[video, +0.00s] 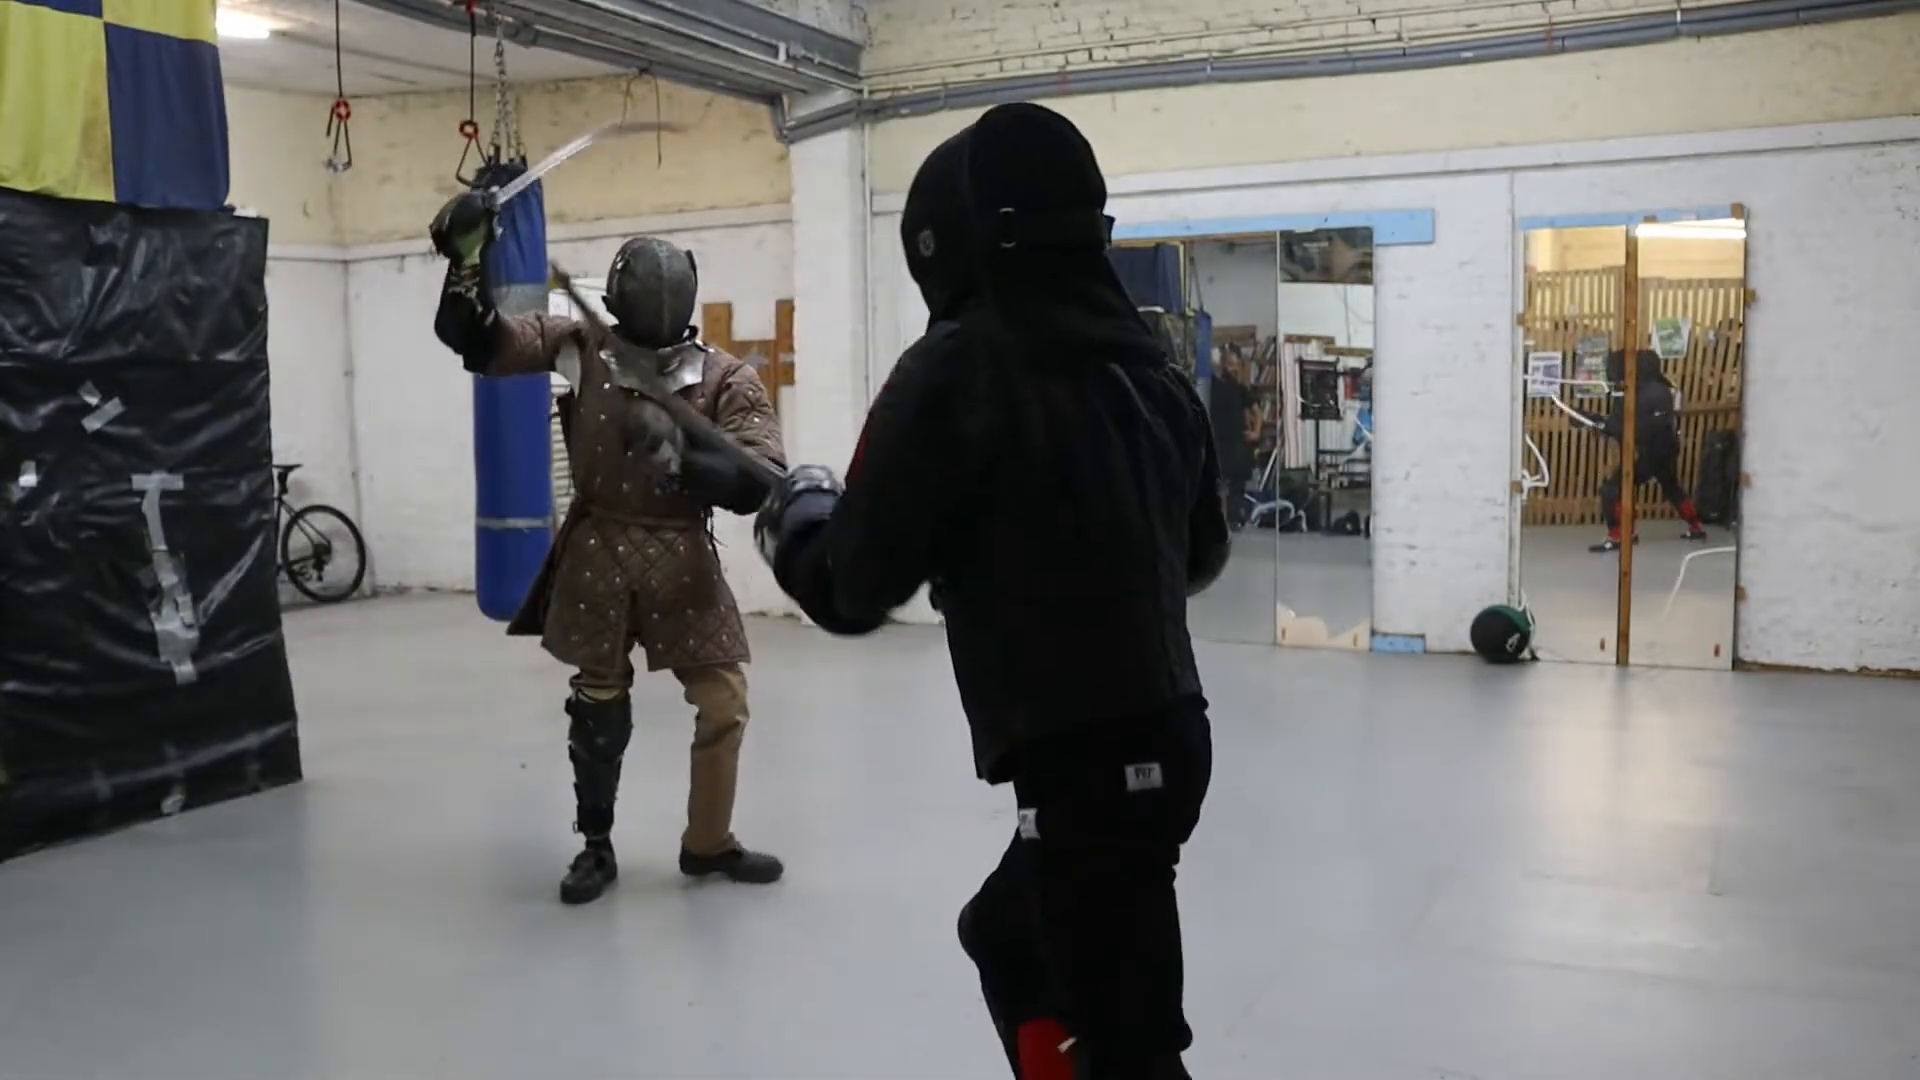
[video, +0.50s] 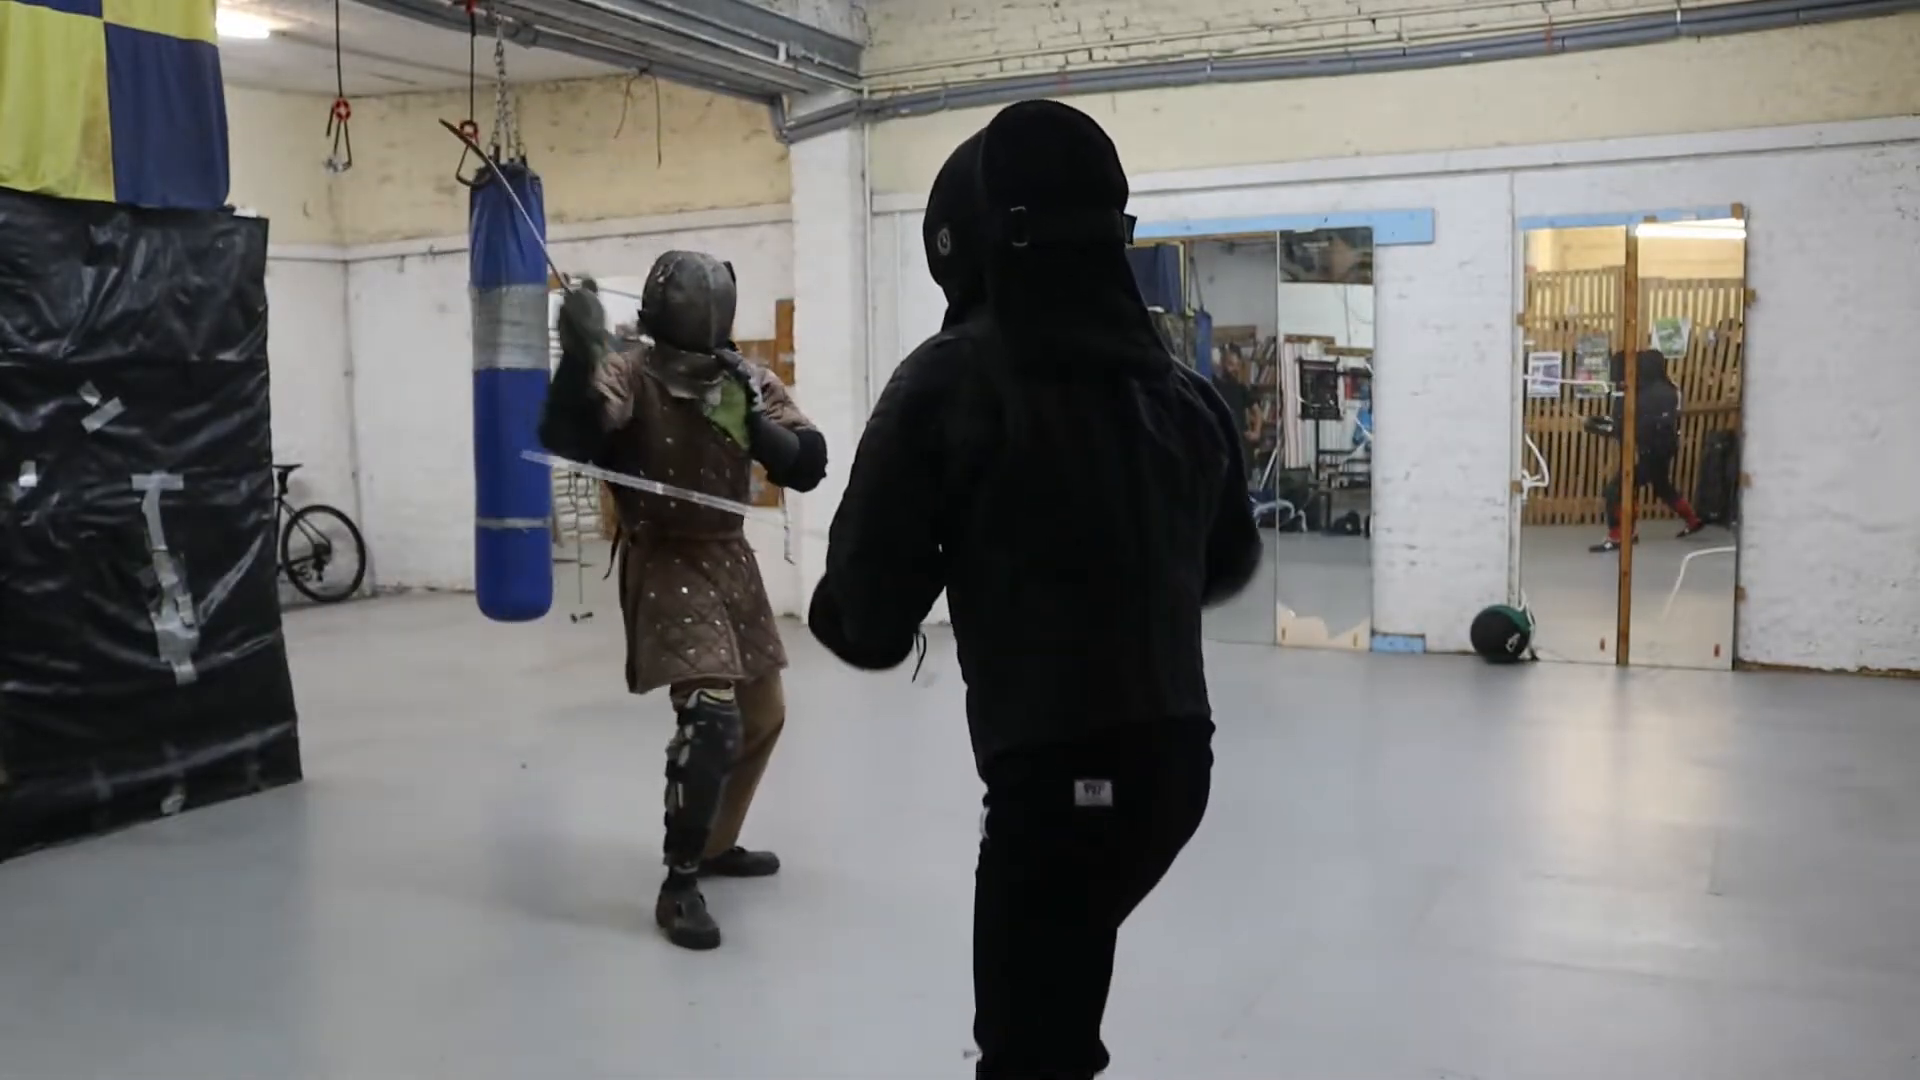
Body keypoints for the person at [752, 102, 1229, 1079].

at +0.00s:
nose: (922, 268)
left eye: (928, 242)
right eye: (921, 242)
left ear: (962, 239)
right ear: (1080, 229)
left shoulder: (951, 371)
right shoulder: (1147, 361)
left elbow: (849, 589)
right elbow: (1198, 550)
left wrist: (794, 503)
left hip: (1072, 756)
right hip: (1168, 738)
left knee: (1129, 1038)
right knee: (1000, 929)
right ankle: (1055, 1068)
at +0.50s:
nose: (934, 262)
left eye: (942, 236)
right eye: (936, 236)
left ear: (977, 240)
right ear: (1103, 233)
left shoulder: (945, 383)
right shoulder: (1177, 386)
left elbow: (868, 624)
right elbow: (1229, 560)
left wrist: (836, 589)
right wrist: (1112, 557)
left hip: (1049, 768)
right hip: (1175, 757)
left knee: (1031, 1046)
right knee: (1042, 1013)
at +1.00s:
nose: (919, 256)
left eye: (924, 227)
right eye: (917, 229)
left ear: (957, 224)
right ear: (1107, 213)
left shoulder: (941, 386)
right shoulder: (1193, 390)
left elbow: (829, 624)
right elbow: (1226, 585)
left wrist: (795, 533)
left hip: (1057, 824)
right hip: (1189, 803)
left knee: (1005, 1061)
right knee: (1059, 1048)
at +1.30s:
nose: (900, 281)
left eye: (908, 251)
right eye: (896, 254)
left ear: (954, 246)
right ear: (1084, 240)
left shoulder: (928, 419)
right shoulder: (1189, 417)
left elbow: (849, 719)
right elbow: (1255, 652)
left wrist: (774, 689)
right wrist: (1145, 707)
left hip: (1049, 862)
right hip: (1188, 841)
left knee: (1020, 1060)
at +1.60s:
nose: (898, 282)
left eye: (907, 253)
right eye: (896, 253)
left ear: (950, 255)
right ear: (1090, 251)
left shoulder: (917, 423)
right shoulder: (1157, 425)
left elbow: (743, 591)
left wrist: (758, 450)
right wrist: (862, 443)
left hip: (1032, 897)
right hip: (1161, 875)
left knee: (946, 1063)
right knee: (1013, 1055)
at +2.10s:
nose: (882, 261)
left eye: (893, 232)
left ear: (925, 239)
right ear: (1115, 221)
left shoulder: (885, 429)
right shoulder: (1203, 380)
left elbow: (688, 564)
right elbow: (1287, 285)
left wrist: (821, 646)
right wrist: (1153, 150)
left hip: (1034, 940)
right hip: (1217, 916)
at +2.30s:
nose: (909, 255)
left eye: (917, 223)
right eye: (907, 225)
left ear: (959, 222)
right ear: (1117, 213)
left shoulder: (925, 408)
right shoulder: (1200, 399)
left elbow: (820, 679)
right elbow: (1254, 580)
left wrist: (752, 560)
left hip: (1065, 891)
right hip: (1226, 864)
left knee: (998, 1065)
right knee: (1076, 1055)